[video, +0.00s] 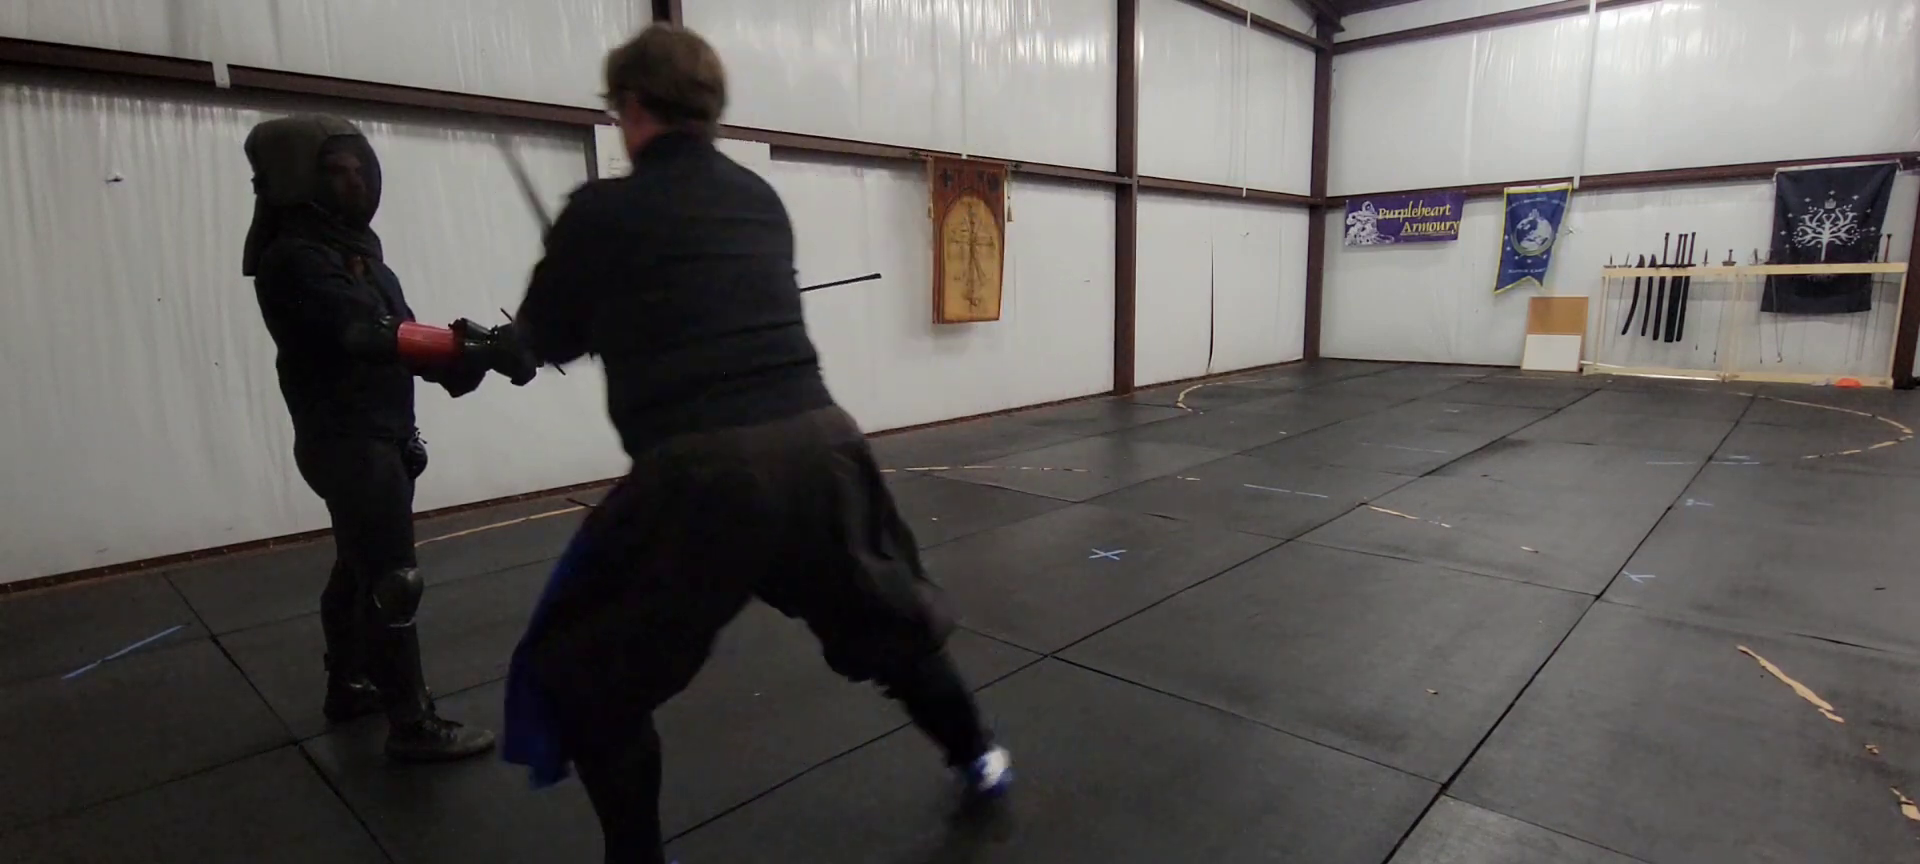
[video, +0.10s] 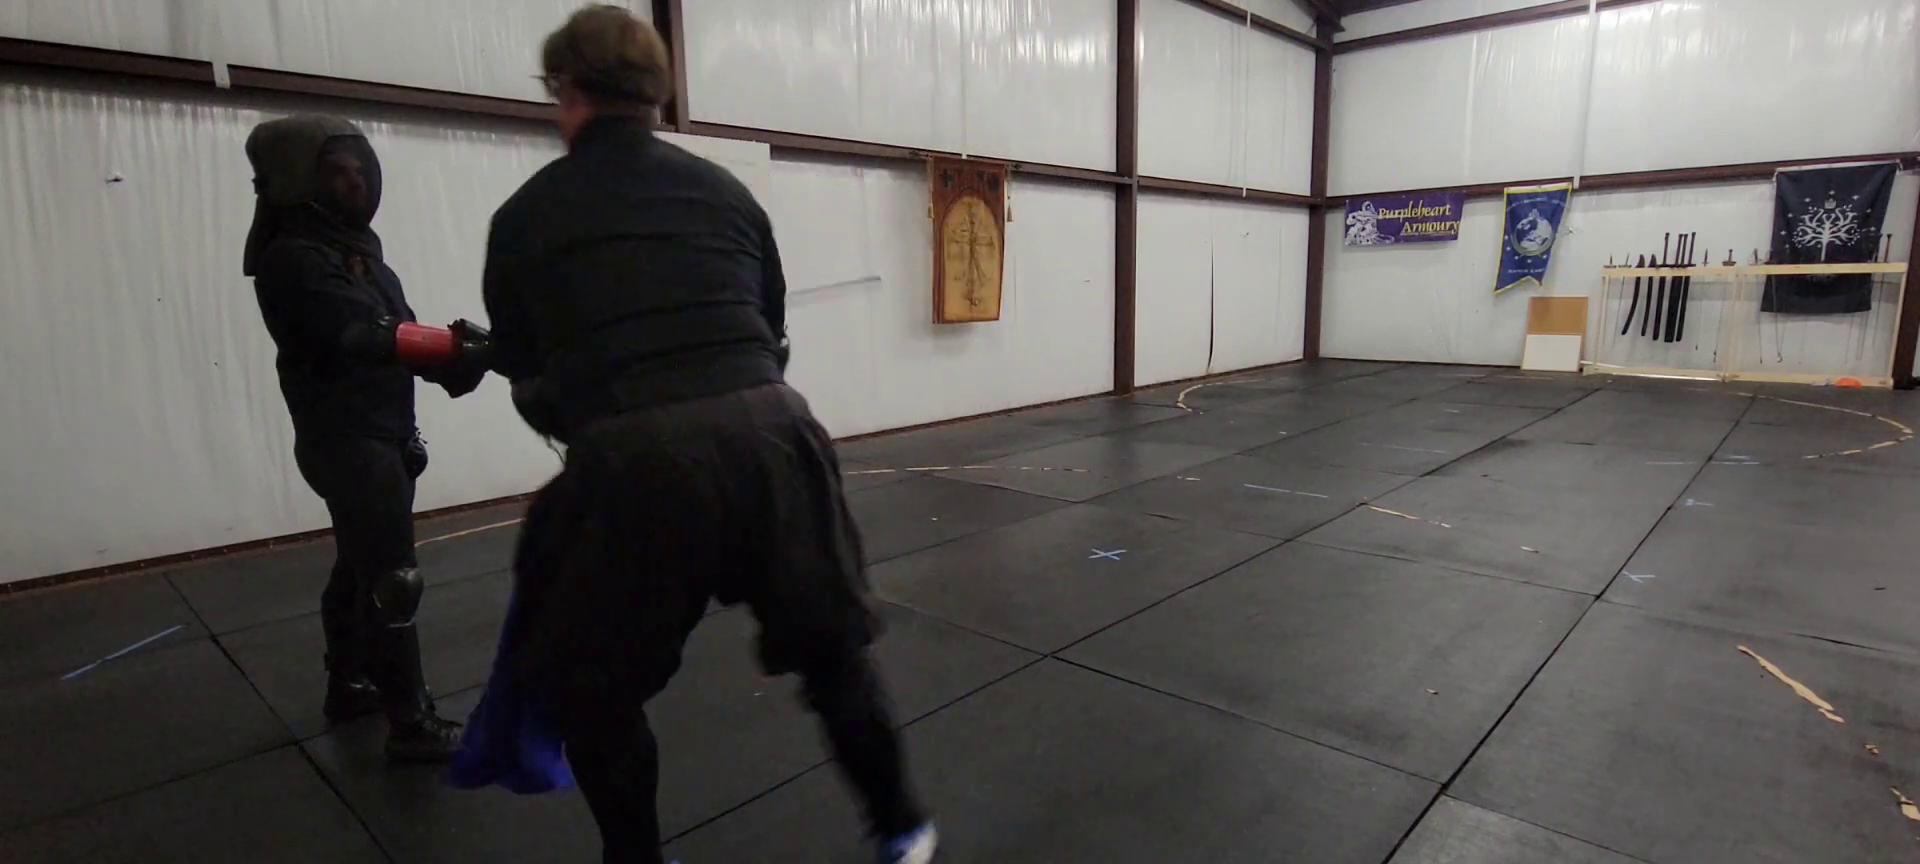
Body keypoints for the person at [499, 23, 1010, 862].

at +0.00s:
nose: (616, 119)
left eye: (618, 106)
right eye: (617, 106)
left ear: (635, 109)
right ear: (711, 109)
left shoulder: (599, 212)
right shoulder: (757, 195)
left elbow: (546, 335)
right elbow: (723, 299)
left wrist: (625, 278)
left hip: (695, 479)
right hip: (817, 453)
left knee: (598, 672)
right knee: (886, 617)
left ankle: (635, 847)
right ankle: (978, 762)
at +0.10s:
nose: (554, 105)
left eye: (556, 91)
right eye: (556, 91)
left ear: (571, 96)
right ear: (657, 96)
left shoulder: (524, 218)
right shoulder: (724, 187)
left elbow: (526, 373)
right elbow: (769, 333)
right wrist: (709, 392)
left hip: (626, 464)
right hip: (762, 435)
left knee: (597, 690)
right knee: (831, 647)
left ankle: (632, 850)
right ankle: (903, 831)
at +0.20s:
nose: (503, 121)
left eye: (504, 105)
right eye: (502, 105)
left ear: (519, 109)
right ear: (604, 102)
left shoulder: (485, 231)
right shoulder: (690, 183)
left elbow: (502, 376)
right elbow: (755, 316)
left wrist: (564, 452)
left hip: (584, 459)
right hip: (731, 430)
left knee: (583, 686)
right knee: (758, 675)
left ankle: (623, 849)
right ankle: (776, 846)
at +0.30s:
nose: (484, 123)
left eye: (483, 109)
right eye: (483, 110)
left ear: (494, 113)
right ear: (590, 109)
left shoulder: (464, 231)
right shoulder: (673, 189)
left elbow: (482, 375)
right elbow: (740, 346)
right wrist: (760, 441)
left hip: (545, 464)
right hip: (700, 440)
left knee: (569, 708)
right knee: (711, 707)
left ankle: (611, 847)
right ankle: (670, 842)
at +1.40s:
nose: (499, 84)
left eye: (497, 70)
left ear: (506, 72)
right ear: (607, 67)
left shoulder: (455, 194)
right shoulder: (679, 167)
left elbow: (417, 368)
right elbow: (746, 341)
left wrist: (517, 399)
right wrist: (677, 404)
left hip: (547, 468)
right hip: (704, 445)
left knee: (585, 711)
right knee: (749, 676)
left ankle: (616, 852)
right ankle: (744, 849)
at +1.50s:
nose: (529, 79)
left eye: (529, 63)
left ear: (538, 66)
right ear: (633, 63)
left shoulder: (483, 186)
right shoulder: (704, 166)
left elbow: (437, 354)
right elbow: (766, 325)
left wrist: (536, 397)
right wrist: (688, 381)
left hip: (581, 459)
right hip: (735, 437)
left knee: (601, 710)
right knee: (784, 672)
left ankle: (618, 854)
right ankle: (845, 846)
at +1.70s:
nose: (620, 71)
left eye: (621, 56)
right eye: (625, 54)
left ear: (634, 63)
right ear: (721, 57)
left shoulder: (595, 180)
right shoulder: (786, 176)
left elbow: (518, 352)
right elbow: (811, 322)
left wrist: (621, 397)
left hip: (684, 469)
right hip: (820, 449)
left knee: (644, 703)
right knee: (837, 667)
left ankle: (629, 851)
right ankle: (916, 841)